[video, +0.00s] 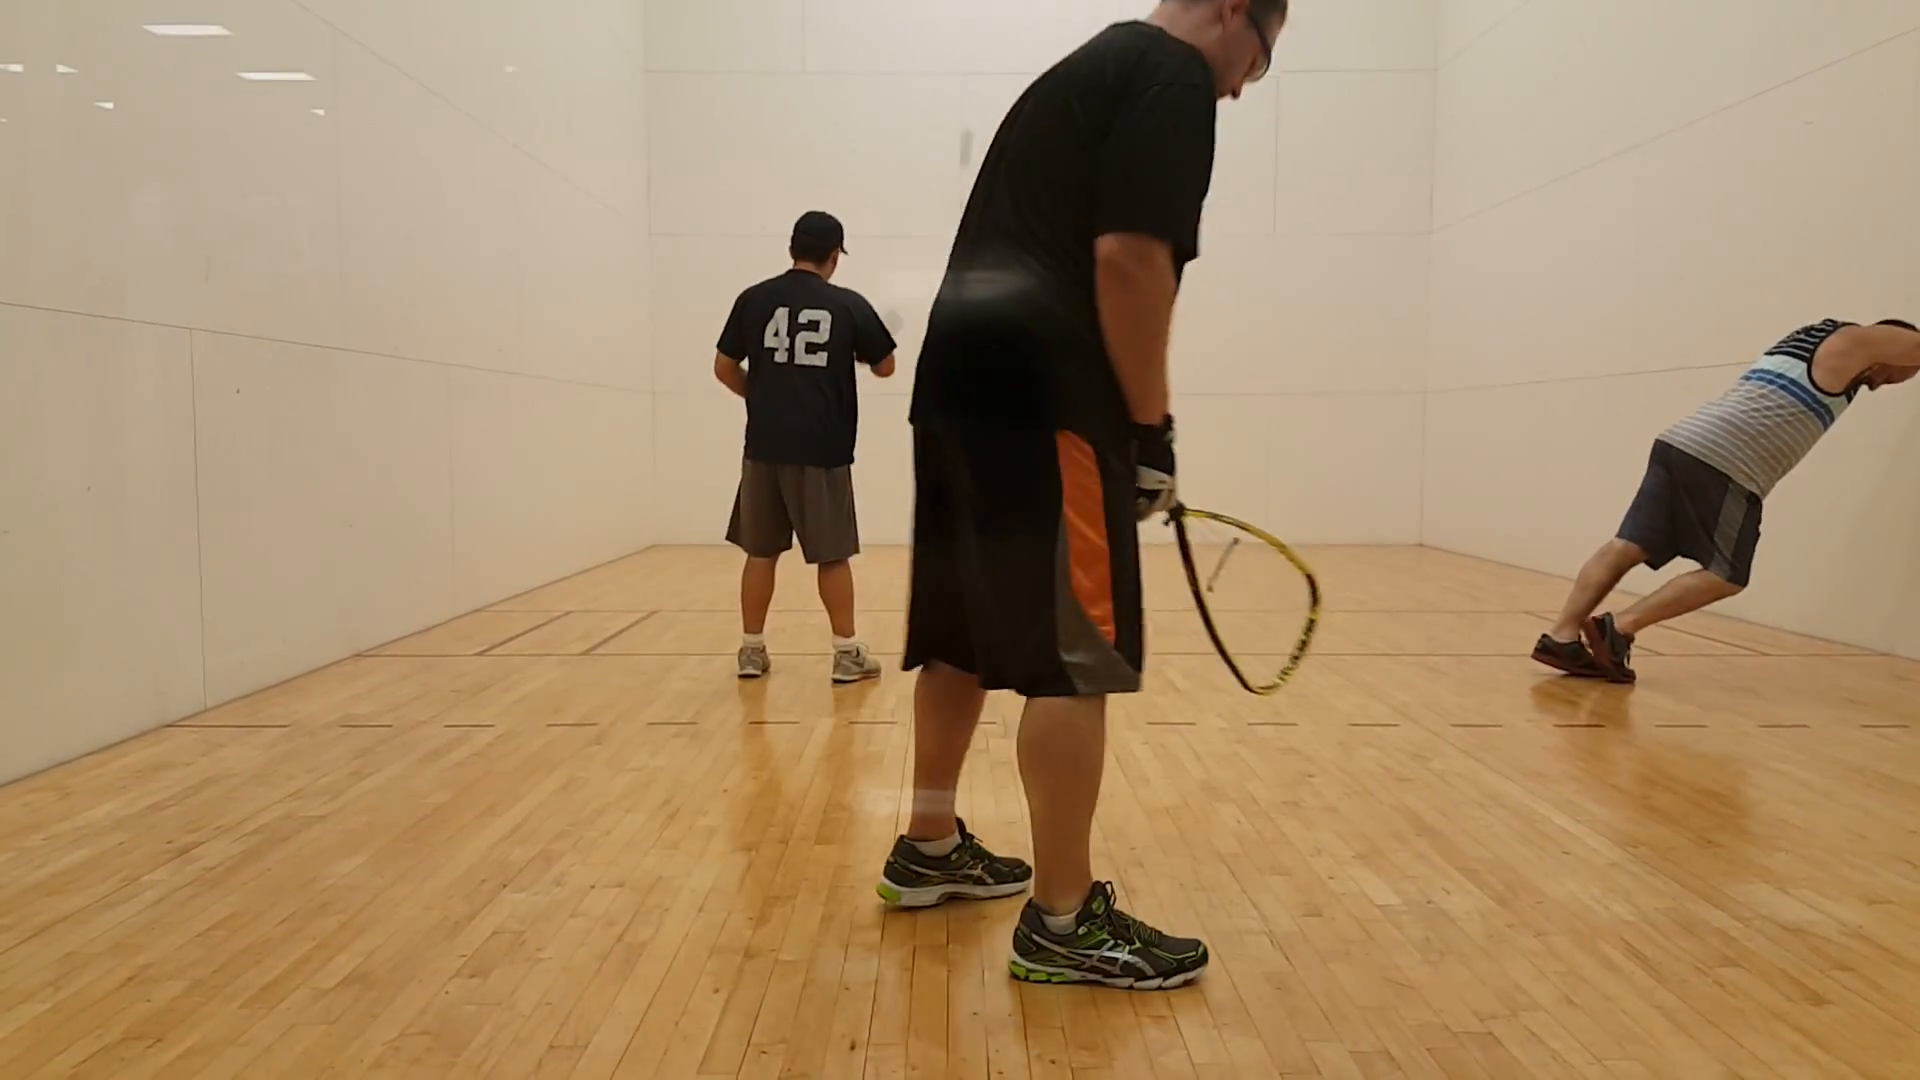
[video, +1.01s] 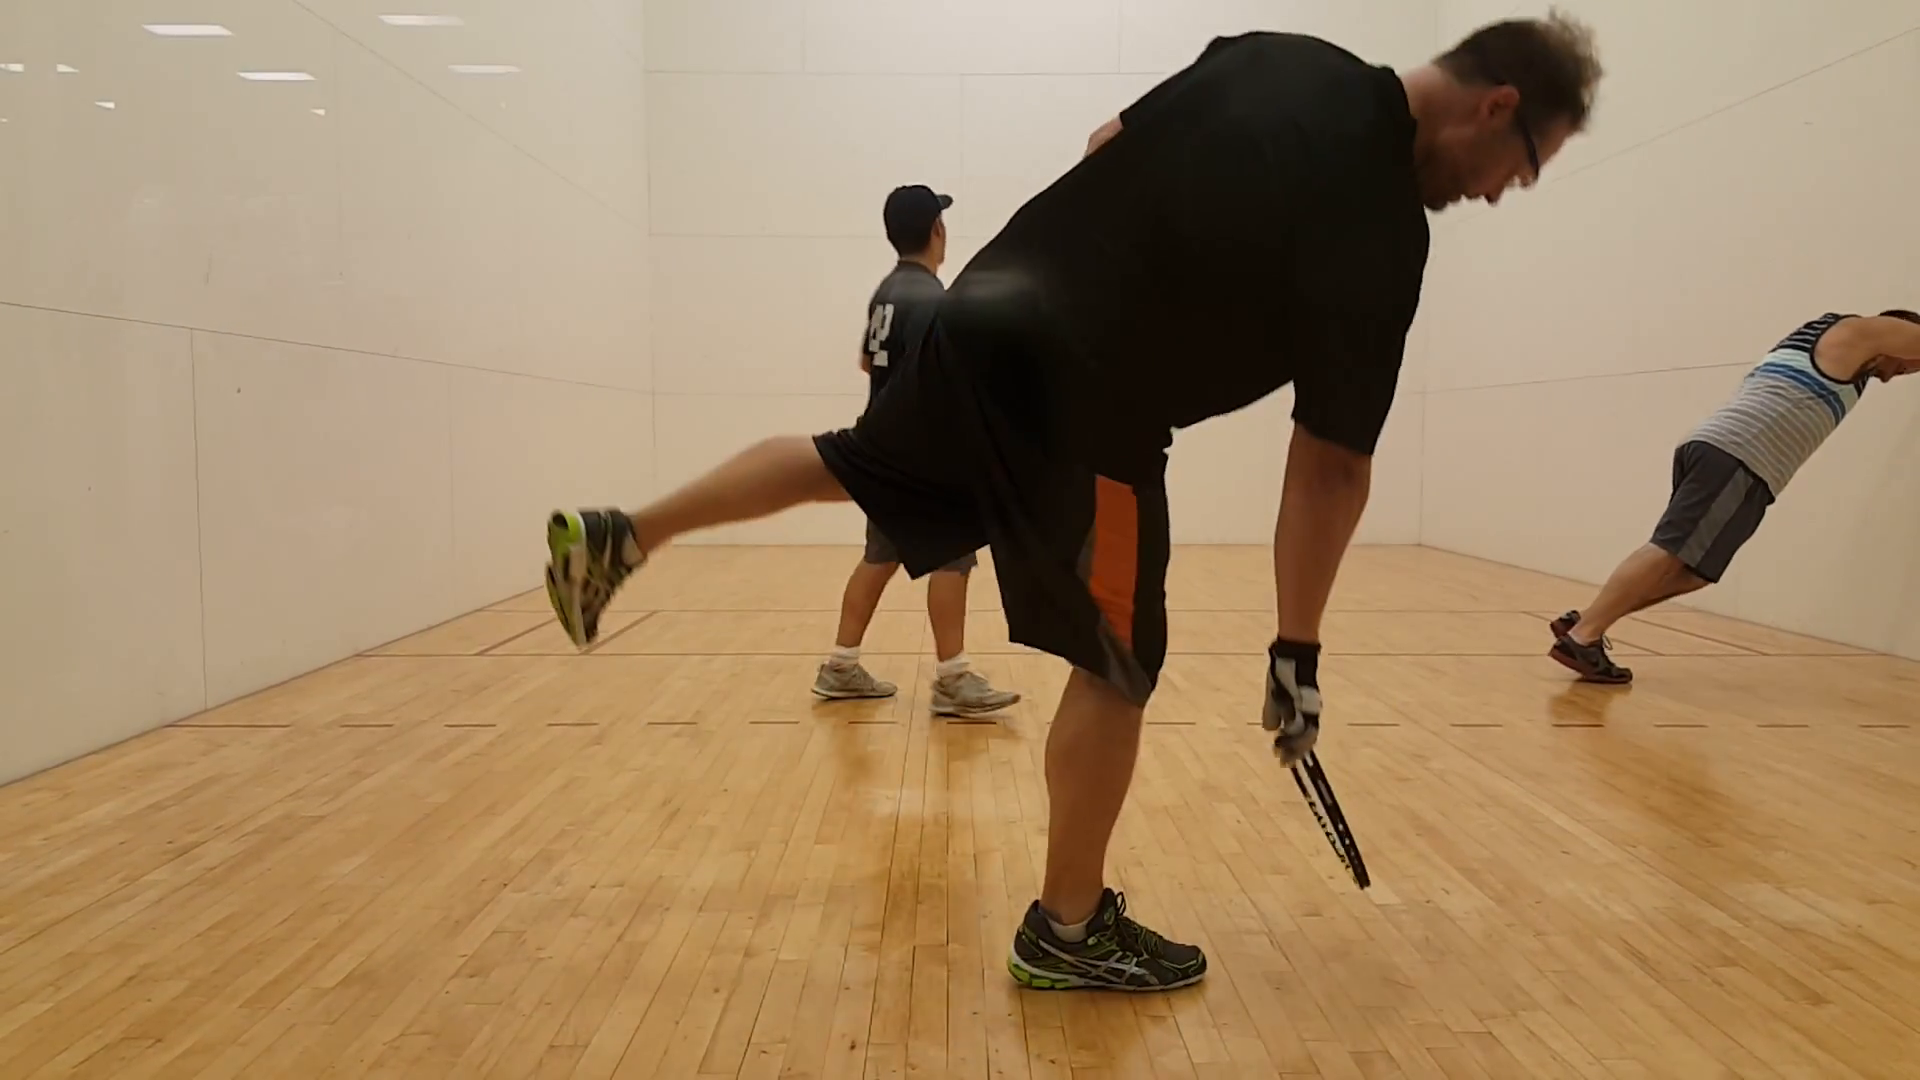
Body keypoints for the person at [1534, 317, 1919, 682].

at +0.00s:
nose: (1890, 384)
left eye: (1899, 377)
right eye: (1899, 372)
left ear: (1882, 345)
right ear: (1887, 348)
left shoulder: (1807, 337)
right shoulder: (1851, 347)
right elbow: (1917, 348)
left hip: (1679, 443)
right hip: (1729, 470)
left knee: (1629, 546)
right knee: (1726, 576)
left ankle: (1562, 636)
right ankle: (1618, 627)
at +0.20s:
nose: (1900, 367)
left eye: (1907, 361)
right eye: (1906, 356)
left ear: (1893, 329)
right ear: (1897, 330)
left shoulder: (1814, 322)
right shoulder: (1856, 326)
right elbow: (1918, 333)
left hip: (1690, 433)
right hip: (1732, 452)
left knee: (1644, 541)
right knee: (1697, 559)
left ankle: (1569, 627)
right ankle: (1598, 635)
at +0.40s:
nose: (1897, 369)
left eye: (1906, 364)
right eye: (1906, 359)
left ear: (1894, 333)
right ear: (1897, 333)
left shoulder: (1820, 330)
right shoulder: (1851, 325)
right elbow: (1919, 332)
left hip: (1705, 439)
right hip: (1730, 451)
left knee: (1665, 548)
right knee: (1675, 551)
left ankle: (1579, 625)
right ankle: (1588, 634)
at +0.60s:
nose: (1899, 384)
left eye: (1906, 377)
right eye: (1905, 372)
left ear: (1889, 357)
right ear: (1891, 353)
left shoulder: (1829, 356)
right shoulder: (1851, 341)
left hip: (1730, 467)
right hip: (1727, 461)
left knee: (1697, 574)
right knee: (1659, 549)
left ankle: (1585, 621)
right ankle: (1580, 641)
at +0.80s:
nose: (1899, 391)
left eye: (1906, 386)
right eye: (1905, 380)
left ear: (1892, 366)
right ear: (1892, 361)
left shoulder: (1826, 359)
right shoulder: (1853, 350)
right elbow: (1919, 350)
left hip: (1734, 477)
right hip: (1729, 468)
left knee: (1707, 581)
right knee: (1656, 554)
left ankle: (1594, 618)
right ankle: (1576, 644)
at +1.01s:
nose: (1900, 375)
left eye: (1908, 368)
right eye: (1907, 363)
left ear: (1891, 340)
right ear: (1895, 337)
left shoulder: (1825, 343)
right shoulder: (1851, 334)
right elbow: (1917, 336)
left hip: (1738, 464)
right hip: (1734, 459)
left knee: (1698, 570)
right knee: (1672, 552)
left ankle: (1587, 620)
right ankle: (1583, 637)